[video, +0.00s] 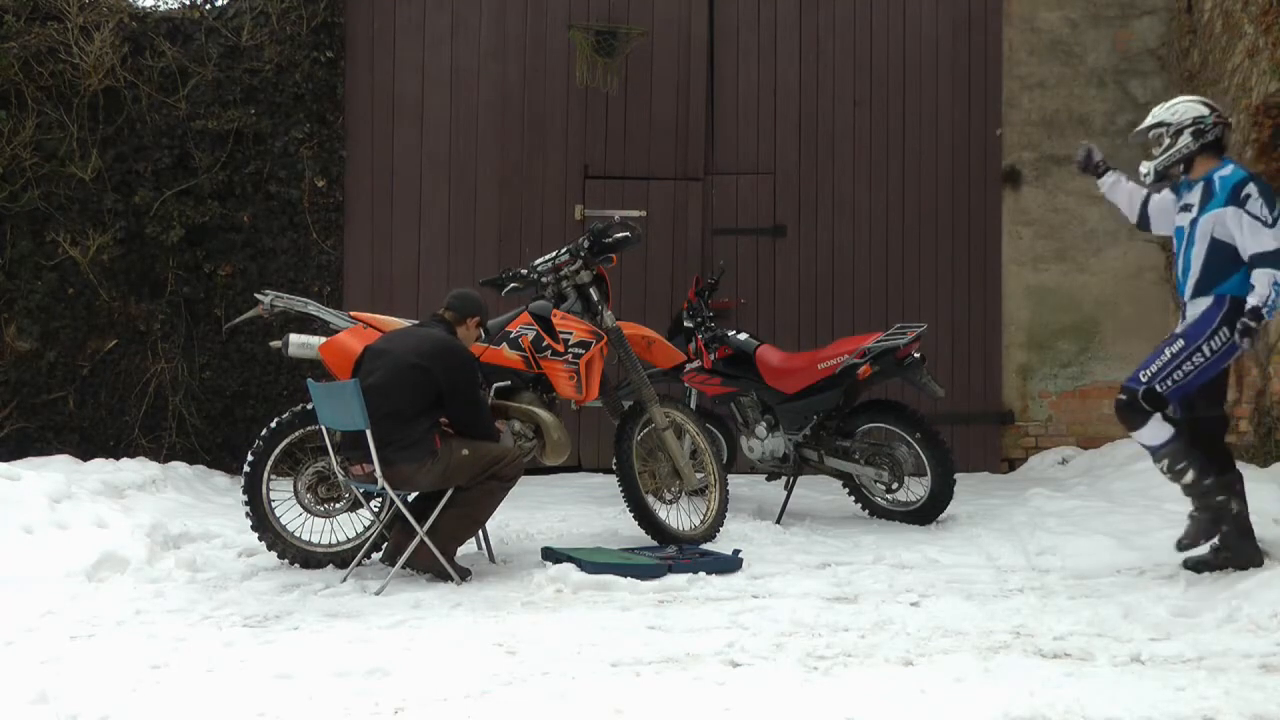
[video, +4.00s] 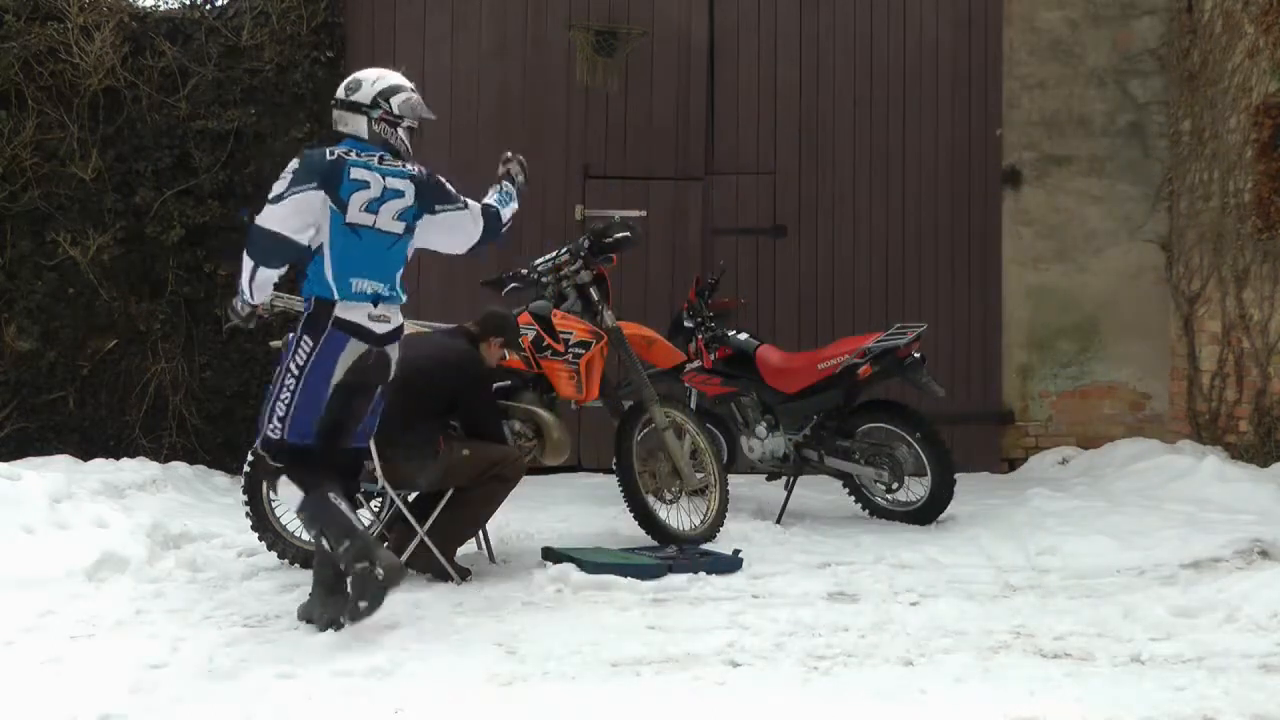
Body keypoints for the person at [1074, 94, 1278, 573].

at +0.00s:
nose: (1155, 150)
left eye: (1162, 139)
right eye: (1154, 141)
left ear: (1191, 137)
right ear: (1190, 141)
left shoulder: (1238, 186)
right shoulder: (1180, 196)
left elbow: (1270, 254)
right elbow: (1142, 206)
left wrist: (1255, 313)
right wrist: (1102, 173)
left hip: (1224, 316)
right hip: (1199, 318)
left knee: (1134, 402)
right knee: (1202, 430)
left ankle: (1206, 497)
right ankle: (1237, 538)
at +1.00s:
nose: (953, 160)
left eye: (962, 150)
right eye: (952, 150)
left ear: (992, 149)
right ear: (975, 150)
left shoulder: (1031, 193)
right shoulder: (970, 203)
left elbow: (1065, 256)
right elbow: (938, 255)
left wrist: (1025, 235)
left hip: (1012, 327)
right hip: (983, 328)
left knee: (966, 442)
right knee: (995, 445)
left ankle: (992, 571)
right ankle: (1054, 554)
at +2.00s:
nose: (725, 173)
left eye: (731, 162)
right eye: (724, 165)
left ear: (760, 156)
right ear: (758, 159)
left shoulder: (800, 196)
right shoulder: (762, 204)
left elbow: (789, 256)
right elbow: (766, 278)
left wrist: (746, 202)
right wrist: (736, 338)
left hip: (790, 335)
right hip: (754, 333)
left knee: (752, 456)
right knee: (700, 435)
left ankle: (800, 579)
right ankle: (795, 481)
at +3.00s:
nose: (486, 144)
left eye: (489, 132)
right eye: (484, 134)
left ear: (511, 125)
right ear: (542, 122)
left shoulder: (534, 166)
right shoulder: (578, 170)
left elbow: (480, 199)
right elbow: (632, 244)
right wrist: (619, 304)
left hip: (564, 317)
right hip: (543, 316)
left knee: (541, 450)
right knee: (467, 410)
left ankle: (604, 586)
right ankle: (527, 526)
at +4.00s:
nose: (411, 134)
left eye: (412, 124)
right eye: (406, 123)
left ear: (350, 116)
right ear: (383, 120)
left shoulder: (318, 165)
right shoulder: (414, 182)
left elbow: (274, 237)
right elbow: (477, 228)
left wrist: (251, 299)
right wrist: (509, 184)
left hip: (331, 328)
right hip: (384, 335)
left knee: (282, 446)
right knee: (343, 461)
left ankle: (360, 551)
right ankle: (326, 594)